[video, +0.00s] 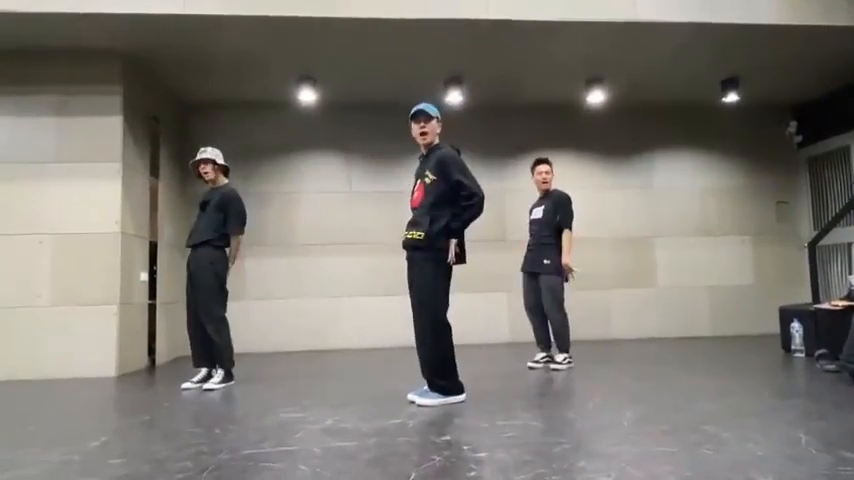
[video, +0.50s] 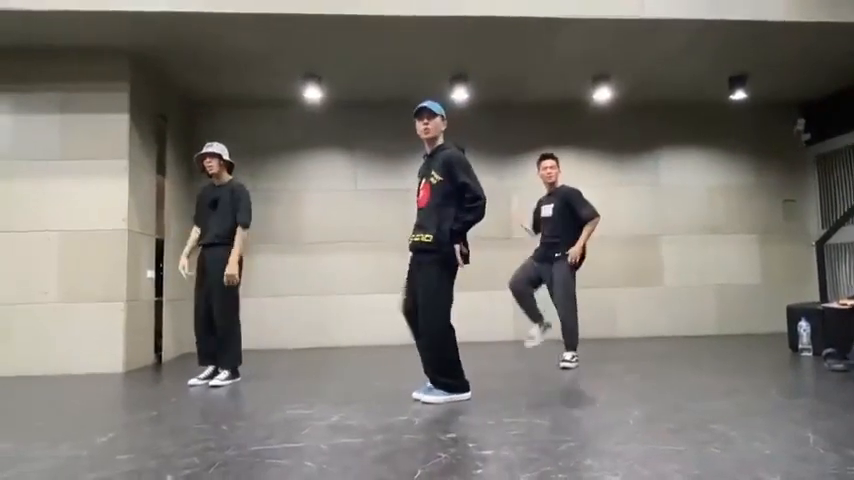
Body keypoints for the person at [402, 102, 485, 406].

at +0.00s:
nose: (421, 127)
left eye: (427, 121)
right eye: (416, 123)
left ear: (438, 125)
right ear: (411, 129)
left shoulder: (445, 156)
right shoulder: (425, 161)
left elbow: (475, 198)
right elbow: (439, 201)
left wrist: (451, 231)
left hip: (434, 252)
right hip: (419, 251)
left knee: (433, 318)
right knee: (424, 319)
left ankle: (448, 386)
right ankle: (436, 383)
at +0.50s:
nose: (425, 123)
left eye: (431, 118)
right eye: (420, 119)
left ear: (444, 123)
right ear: (416, 126)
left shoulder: (451, 157)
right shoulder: (427, 163)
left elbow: (477, 202)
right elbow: (437, 205)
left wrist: (456, 233)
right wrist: (452, 237)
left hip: (440, 253)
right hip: (422, 252)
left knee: (433, 317)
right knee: (412, 310)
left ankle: (454, 384)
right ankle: (439, 380)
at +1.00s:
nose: (419, 121)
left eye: (424, 115)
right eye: (414, 117)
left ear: (438, 119)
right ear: (410, 124)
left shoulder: (445, 153)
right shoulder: (420, 160)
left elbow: (441, 199)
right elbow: (415, 207)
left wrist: (398, 210)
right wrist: (395, 240)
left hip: (432, 250)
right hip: (412, 248)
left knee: (440, 316)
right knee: (399, 317)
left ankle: (459, 380)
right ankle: (377, 380)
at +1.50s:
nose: (390, 120)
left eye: (396, 114)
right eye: (387, 116)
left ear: (414, 118)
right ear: (390, 123)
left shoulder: (416, 146)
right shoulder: (406, 149)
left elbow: (425, 193)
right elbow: (404, 199)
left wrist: (397, 223)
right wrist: (384, 219)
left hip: (419, 244)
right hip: (404, 243)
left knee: (423, 308)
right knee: (392, 307)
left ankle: (460, 375)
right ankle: (384, 375)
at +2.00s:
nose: (398, 127)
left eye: (404, 122)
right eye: (395, 123)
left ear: (419, 125)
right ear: (394, 128)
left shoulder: (426, 152)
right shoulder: (409, 156)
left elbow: (426, 202)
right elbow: (400, 199)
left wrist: (396, 234)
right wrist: (387, 230)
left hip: (414, 246)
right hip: (394, 244)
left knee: (414, 308)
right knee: (372, 303)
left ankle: (461, 372)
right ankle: (381, 371)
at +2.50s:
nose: (444, 121)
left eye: (450, 116)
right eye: (439, 116)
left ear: (459, 123)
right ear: (431, 122)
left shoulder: (464, 161)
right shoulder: (420, 160)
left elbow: (475, 208)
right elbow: (402, 199)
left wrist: (442, 228)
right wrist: (402, 217)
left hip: (439, 244)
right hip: (411, 241)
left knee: (436, 303)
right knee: (380, 290)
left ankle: (464, 373)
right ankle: (407, 351)